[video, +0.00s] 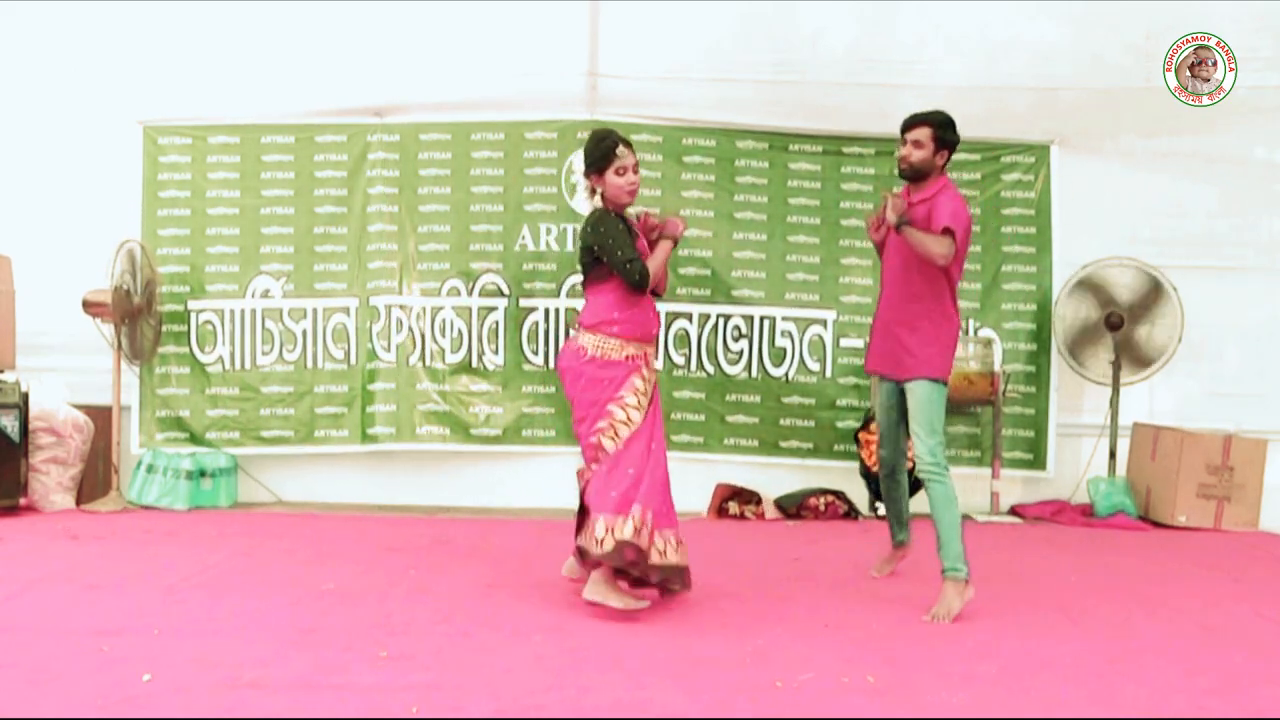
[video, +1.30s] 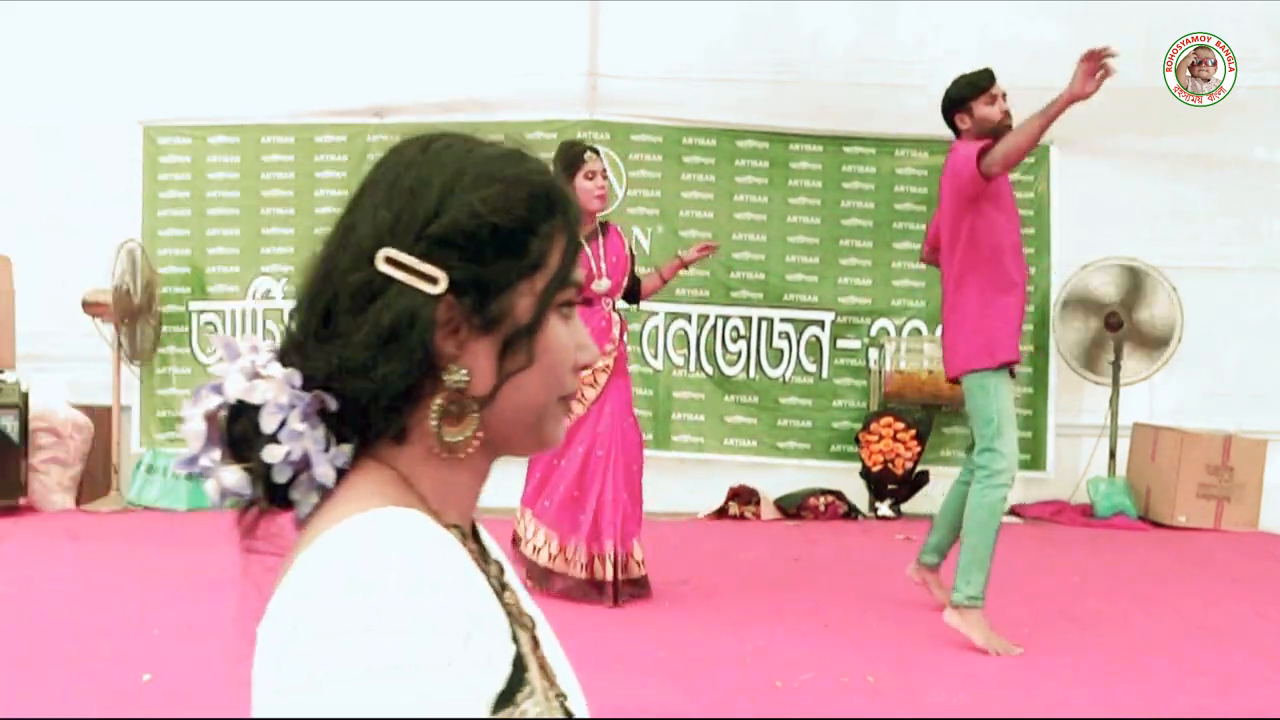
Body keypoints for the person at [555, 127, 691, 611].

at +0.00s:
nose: (633, 178)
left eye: (635, 168)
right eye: (621, 171)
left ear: (638, 171)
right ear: (596, 181)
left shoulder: (628, 224)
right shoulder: (603, 224)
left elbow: (658, 286)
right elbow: (641, 279)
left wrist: (661, 241)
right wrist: (667, 240)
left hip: (629, 355)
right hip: (603, 358)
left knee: (624, 454)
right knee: (629, 456)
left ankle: (585, 553)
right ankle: (602, 576)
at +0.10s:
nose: (646, 188)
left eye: (648, 179)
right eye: (635, 180)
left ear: (645, 183)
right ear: (608, 189)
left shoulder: (611, 234)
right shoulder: (622, 236)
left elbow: (626, 291)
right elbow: (637, 300)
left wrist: (672, 279)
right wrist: (684, 291)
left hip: (599, 367)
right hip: (616, 372)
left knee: (614, 471)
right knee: (645, 474)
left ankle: (584, 567)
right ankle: (612, 597)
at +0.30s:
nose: (662, 179)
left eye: (663, 169)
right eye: (651, 172)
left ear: (655, 172)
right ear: (626, 179)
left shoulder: (611, 227)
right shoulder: (638, 224)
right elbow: (629, 283)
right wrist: (690, 310)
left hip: (607, 362)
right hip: (630, 365)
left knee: (625, 466)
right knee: (649, 469)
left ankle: (596, 566)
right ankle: (613, 593)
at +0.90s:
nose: (623, 184)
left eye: (624, 175)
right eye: (612, 176)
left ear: (618, 181)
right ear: (585, 184)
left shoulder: (626, 237)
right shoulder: (570, 241)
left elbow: (650, 303)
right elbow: (577, 308)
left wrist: (647, 279)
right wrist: (632, 283)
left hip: (615, 368)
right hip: (572, 370)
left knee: (635, 461)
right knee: (588, 466)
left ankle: (626, 563)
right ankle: (557, 561)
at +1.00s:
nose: (615, 186)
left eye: (617, 177)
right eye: (605, 178)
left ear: (617, 183)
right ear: (578, 186)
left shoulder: (627, 239)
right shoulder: (561, 240)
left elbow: (646, 305)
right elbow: (546, 312)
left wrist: (630, 294)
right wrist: (607, 312)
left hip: (613, 366)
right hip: (567, 367)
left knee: (619, 459)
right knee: (574, 462)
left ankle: (602, 563)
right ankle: (540, 544)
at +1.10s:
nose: (604, 192)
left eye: (607, 184)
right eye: (593, 184)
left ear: (611, 190)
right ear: (568, 193)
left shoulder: (618, 249)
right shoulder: (551, 249)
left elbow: (633, 309)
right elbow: (519, 303)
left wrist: (668, 301)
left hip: (608, 374)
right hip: (559, 374)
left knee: (620, 465)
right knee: (566, 467)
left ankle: (629, 569)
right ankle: (564, 565)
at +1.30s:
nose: (601, 185)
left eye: (604, 176)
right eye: (590, 177)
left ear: (609, 183)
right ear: (566, 186)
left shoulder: (613, 236)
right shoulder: (554, 238)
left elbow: (633, 290)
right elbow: (533, 294)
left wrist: (677, 264)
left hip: (611, 352)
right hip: (567, 349)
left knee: (618, 449)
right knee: (570, 449)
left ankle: (612, 559)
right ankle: (558, 557)